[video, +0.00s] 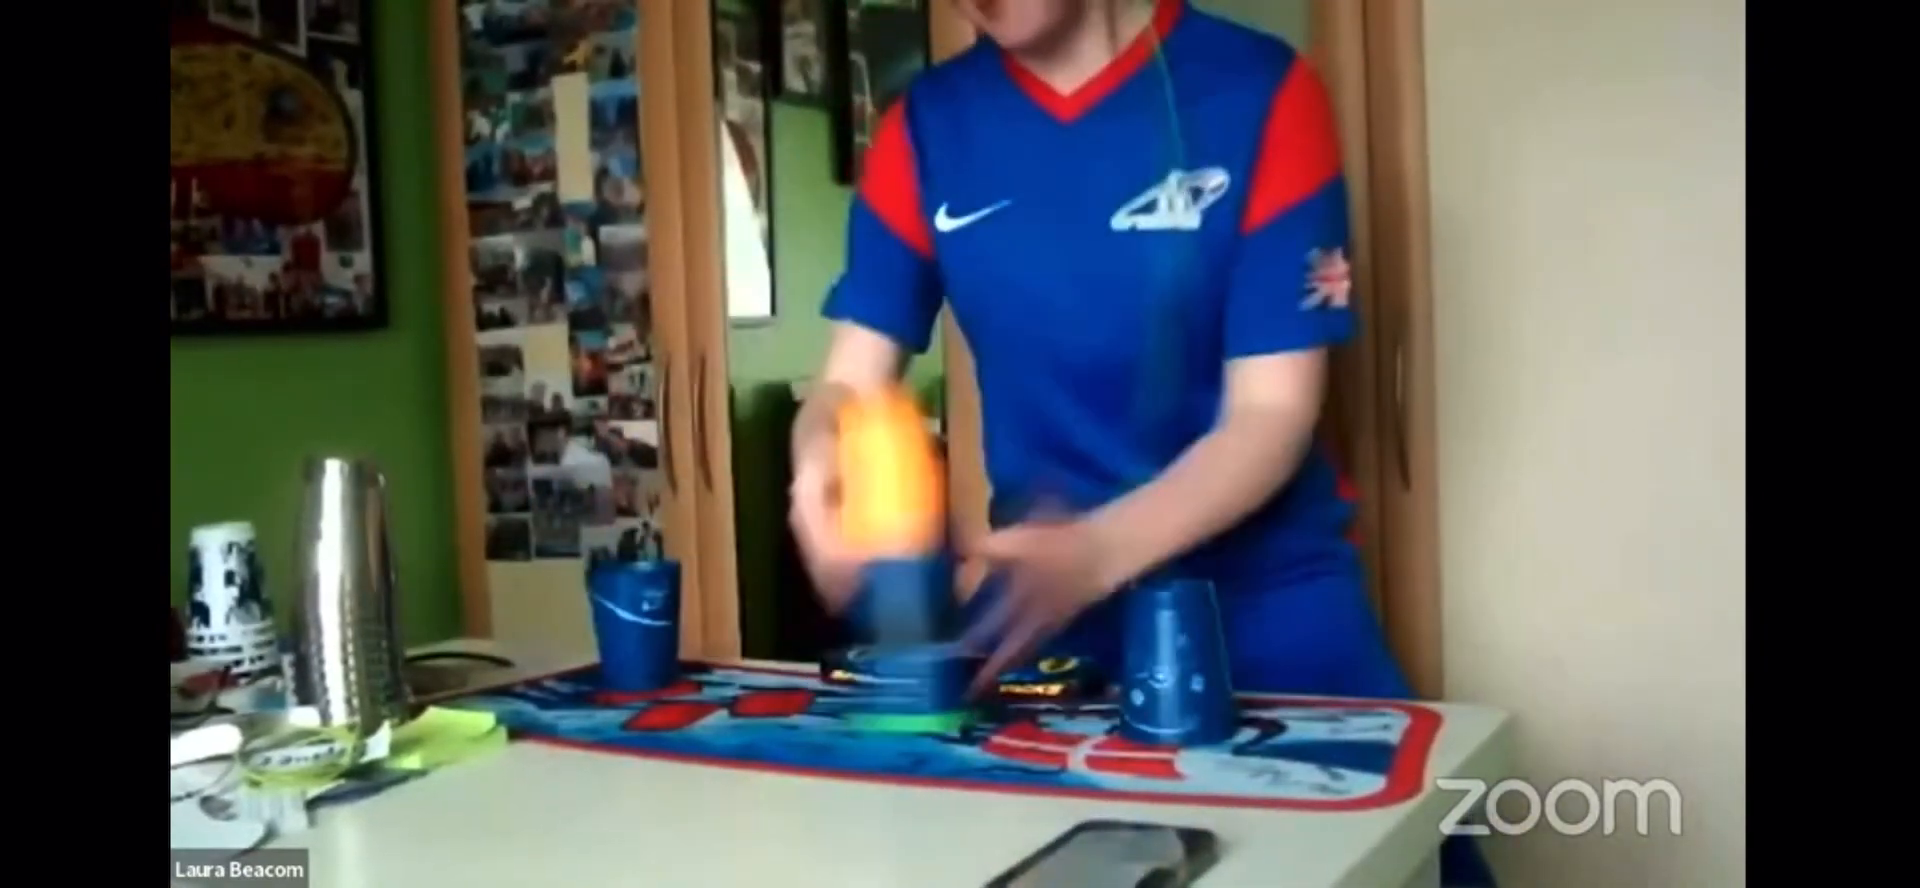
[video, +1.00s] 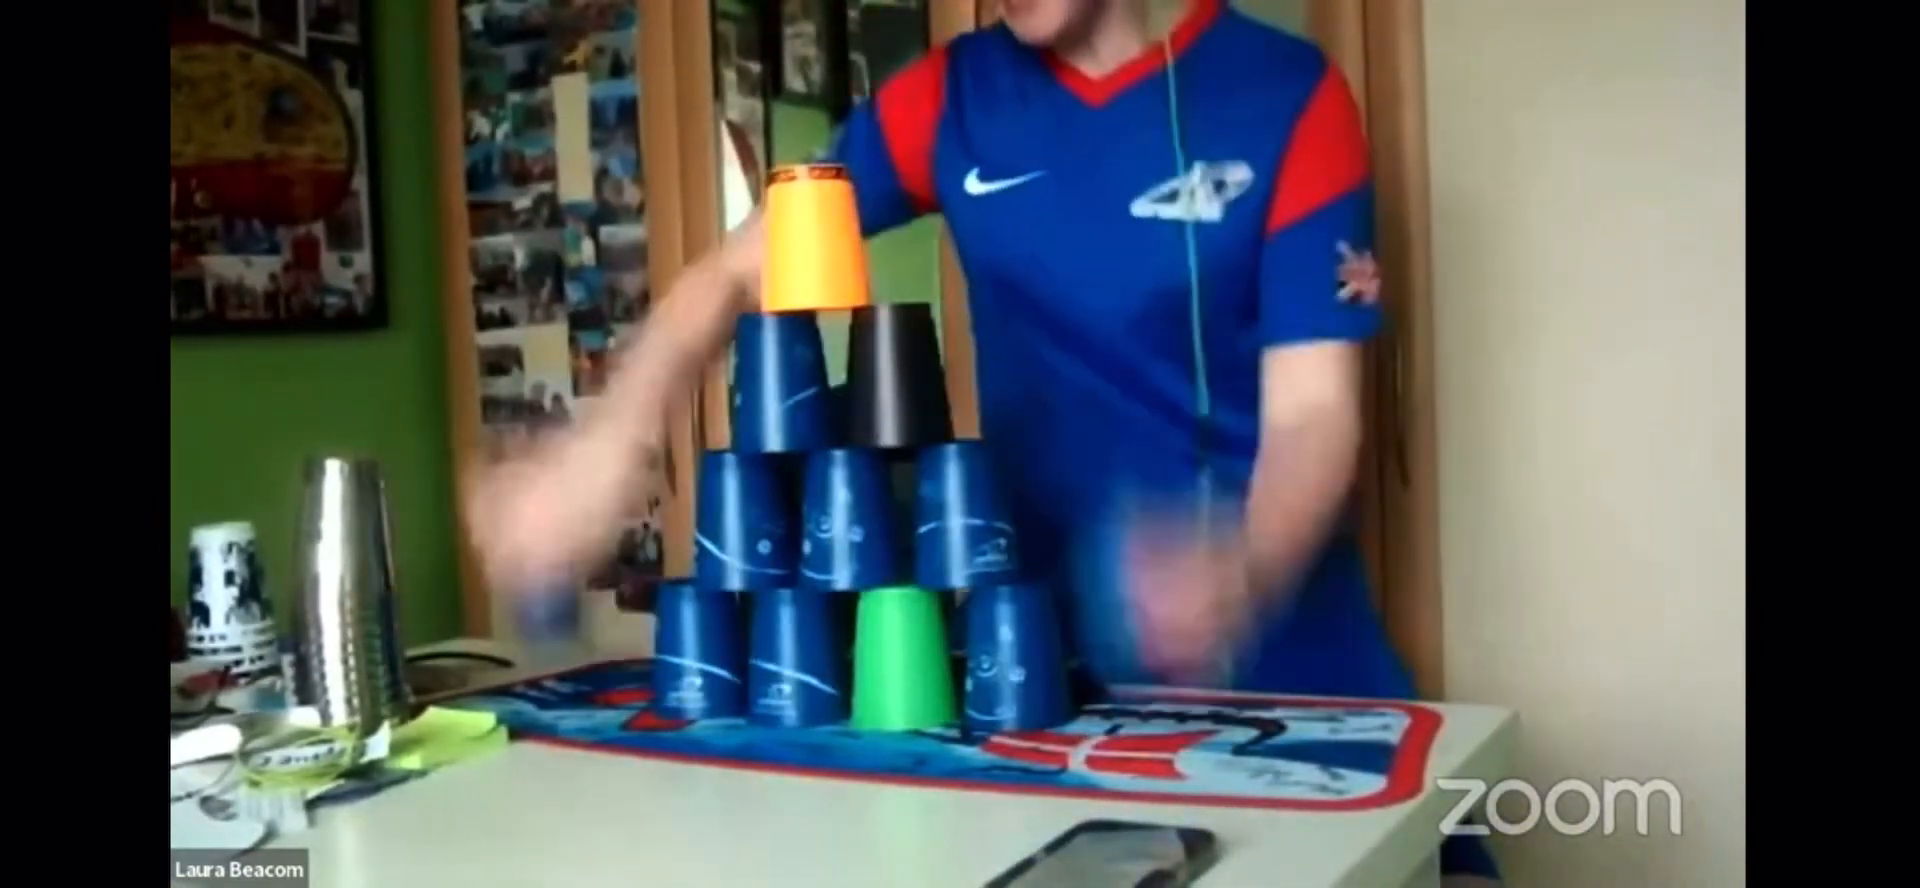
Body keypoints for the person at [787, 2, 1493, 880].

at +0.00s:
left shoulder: (1258, 95)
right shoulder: (928, 128)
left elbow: (1273, 412)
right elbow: (852, 380)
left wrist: (1098, 550)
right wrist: (828, 465)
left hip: (1266, 606)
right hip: (1048, 625)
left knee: (1382, 860)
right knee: (1057, 871)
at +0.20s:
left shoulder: (1252, 85)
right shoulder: (928, 127)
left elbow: (1261, 405)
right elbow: (895, 406)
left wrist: (1131, 549)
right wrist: (791, 513)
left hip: (1272, 582)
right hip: (1059, 601)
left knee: (1392, 852)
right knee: (1084, 867)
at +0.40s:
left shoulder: (1247, 80)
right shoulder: (928, 125)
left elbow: (1245, 405)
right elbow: (904, 409)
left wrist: (1023, 464)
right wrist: (807, 480)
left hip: (1269, 601)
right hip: (1057, 613)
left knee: (1366, 853)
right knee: (1069, 864)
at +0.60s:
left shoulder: (1245, 65)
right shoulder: (930, 114)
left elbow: (1249, 390)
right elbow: (900, 384)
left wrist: (1068, 453)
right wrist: (781, 414)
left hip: (1262, 588)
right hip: (1047, 602)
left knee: (1399, 855)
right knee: (1057, 868)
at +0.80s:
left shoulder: (1250, 51)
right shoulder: (936, 102)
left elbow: (1269, 378)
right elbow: (898, 372)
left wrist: (1064, 391)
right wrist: (773, 290)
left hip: (1272, 603)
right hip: (1045, 622)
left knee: (1369, 855)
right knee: (1073, 868)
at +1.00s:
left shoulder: (1284, 95)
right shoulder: (947, 95)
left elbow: (1316, 410)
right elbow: (726, 274)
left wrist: (1245, 567)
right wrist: (608, 442)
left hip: (1277, 649)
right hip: (1045, 668)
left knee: (1337, 869)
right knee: (1073, 873)